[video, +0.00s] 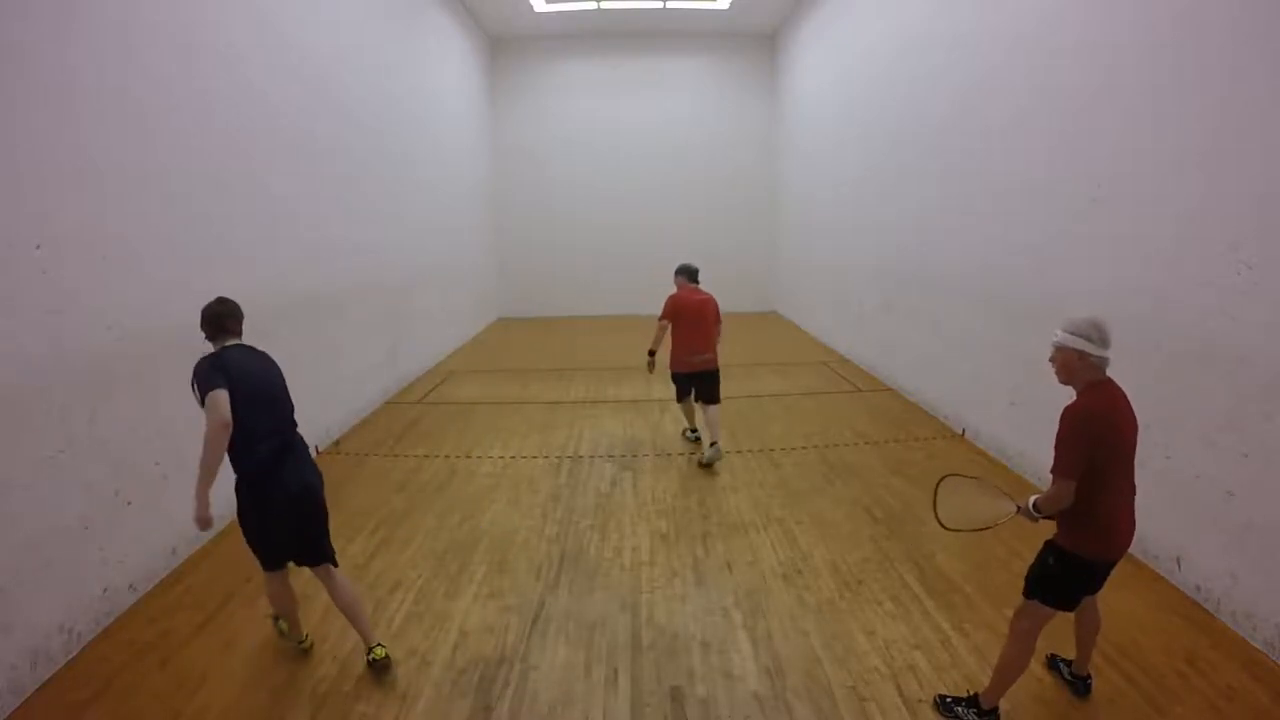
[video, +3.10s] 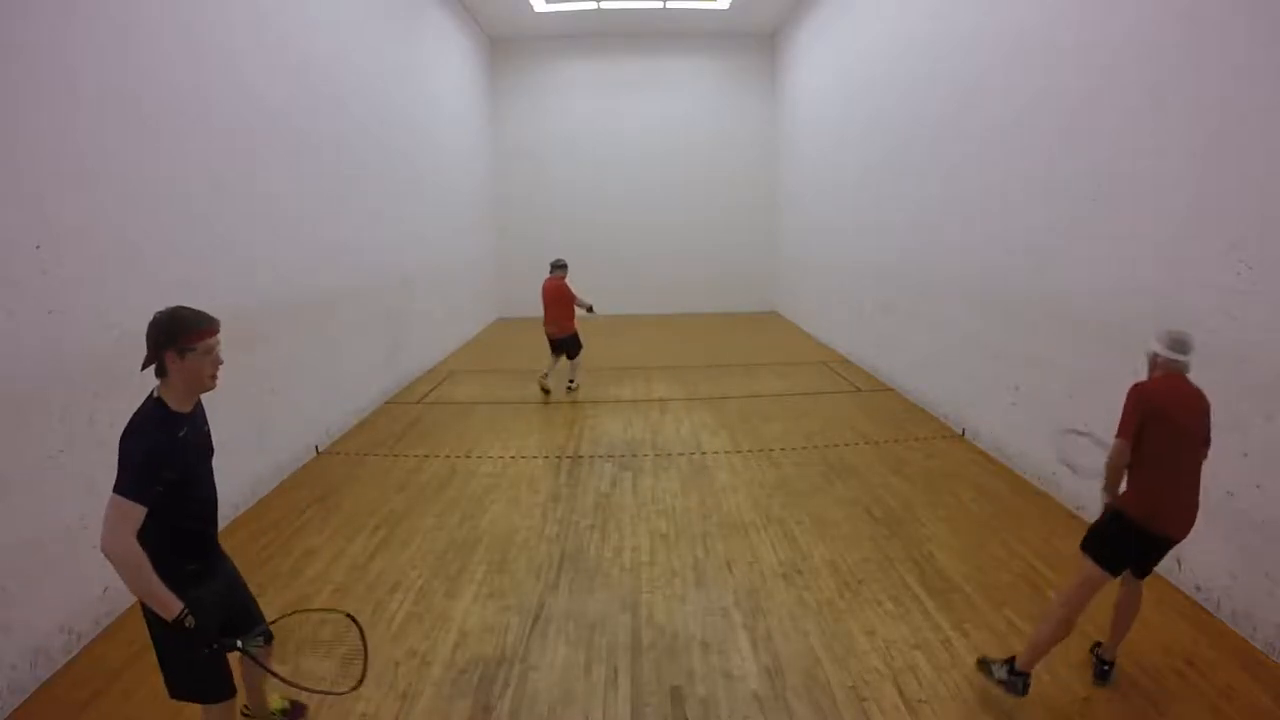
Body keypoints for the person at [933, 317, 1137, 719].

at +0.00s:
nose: (1052, 361)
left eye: (1059, 354)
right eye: (1054, 353)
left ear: (1084, 360)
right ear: (1090, 360)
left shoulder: (1079, 415)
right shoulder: (1115, 400)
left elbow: (1062, 494)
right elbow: (1104, 474)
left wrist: (1036, 507)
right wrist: (1055, 503)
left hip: (1081, 541)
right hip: (1112, 536)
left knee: (1026, 621)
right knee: (1087, 598)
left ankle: (985, 704)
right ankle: (1081, 672)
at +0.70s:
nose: (1098, 367)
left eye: (1103, 358)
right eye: (1098, 358)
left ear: (1126, 359)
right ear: (1134, 361)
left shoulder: (1125, 410)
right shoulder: (1158, 402)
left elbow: (1093, 485)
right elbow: (1139, 475)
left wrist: (1048, 467)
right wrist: (1091, 493)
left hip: (1115, 536)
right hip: (1143, 536)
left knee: (1052, 612)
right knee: (1093, 601)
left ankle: (1043, 706)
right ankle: (1077, 673)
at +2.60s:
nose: (1066, 380)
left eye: (1067, 374)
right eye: (1068, 374)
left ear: (1072, 379)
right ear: (1110, 381)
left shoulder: (1063, 425)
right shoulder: (1133, 427)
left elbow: (1040, 503)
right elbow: (1158, 508)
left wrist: (1053, 526)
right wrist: (1127, 533)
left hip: (1077, 564)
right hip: (1127, 563)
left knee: (1015, 640)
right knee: (1096, 608)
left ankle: (996, 715)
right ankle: (1092, 687)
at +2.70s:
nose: (1078, 385)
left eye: (1080, 380)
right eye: (1082, 380)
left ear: (1085, 383)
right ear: (1123, 388)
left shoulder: (1070, 425)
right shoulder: (1142, 435)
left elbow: (1038, 496)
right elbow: (1164, 512)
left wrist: (1045, 524)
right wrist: (1156, 560)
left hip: (1075, 566)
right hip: (1127, 567)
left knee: (1013, 640)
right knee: (1106, 605)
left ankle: (996, 714)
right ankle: (1100, 672)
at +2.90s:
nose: (1124, 389)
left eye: (1125, 384)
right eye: (1130, 385)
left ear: (1126, 387)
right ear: (1161, 393)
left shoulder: (1106, 421)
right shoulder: (1175, 441)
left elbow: (1062, 472)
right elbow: (1193, 511)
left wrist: (1034, 502)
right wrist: (1209, 558)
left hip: (1096, 550)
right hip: (1143, 557)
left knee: (1041, 639)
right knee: (1118, 593)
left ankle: (995, 716)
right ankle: (1105, 660)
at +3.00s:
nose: (1140, 385)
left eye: (1142, 380)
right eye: (1146, 381)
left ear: (1144, 381)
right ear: (1177, 388)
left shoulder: (1129, 413)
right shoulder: (1186, 430)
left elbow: (1098, 463)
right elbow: (1192, 485)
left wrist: (1066, 496)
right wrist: (1193, 513)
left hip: (1115, 537)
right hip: (1159, 545)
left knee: (1057, 619)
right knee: (1122, 584)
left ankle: (1001, 705)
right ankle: (1105, 660)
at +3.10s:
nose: (1147, 362)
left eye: (1150, 356)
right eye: (1151, 357)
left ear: (1156, 359)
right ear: (1186, 364)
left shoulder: (1144, 392)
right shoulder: (1200, 401)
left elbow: (1120, 453)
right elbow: (1199, 455)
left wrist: (1110, 493)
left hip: (1137, 510)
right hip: (1178, 520)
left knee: (1080, 590)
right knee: (1133, 579)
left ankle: (1019, 669)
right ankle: (1107, 659)